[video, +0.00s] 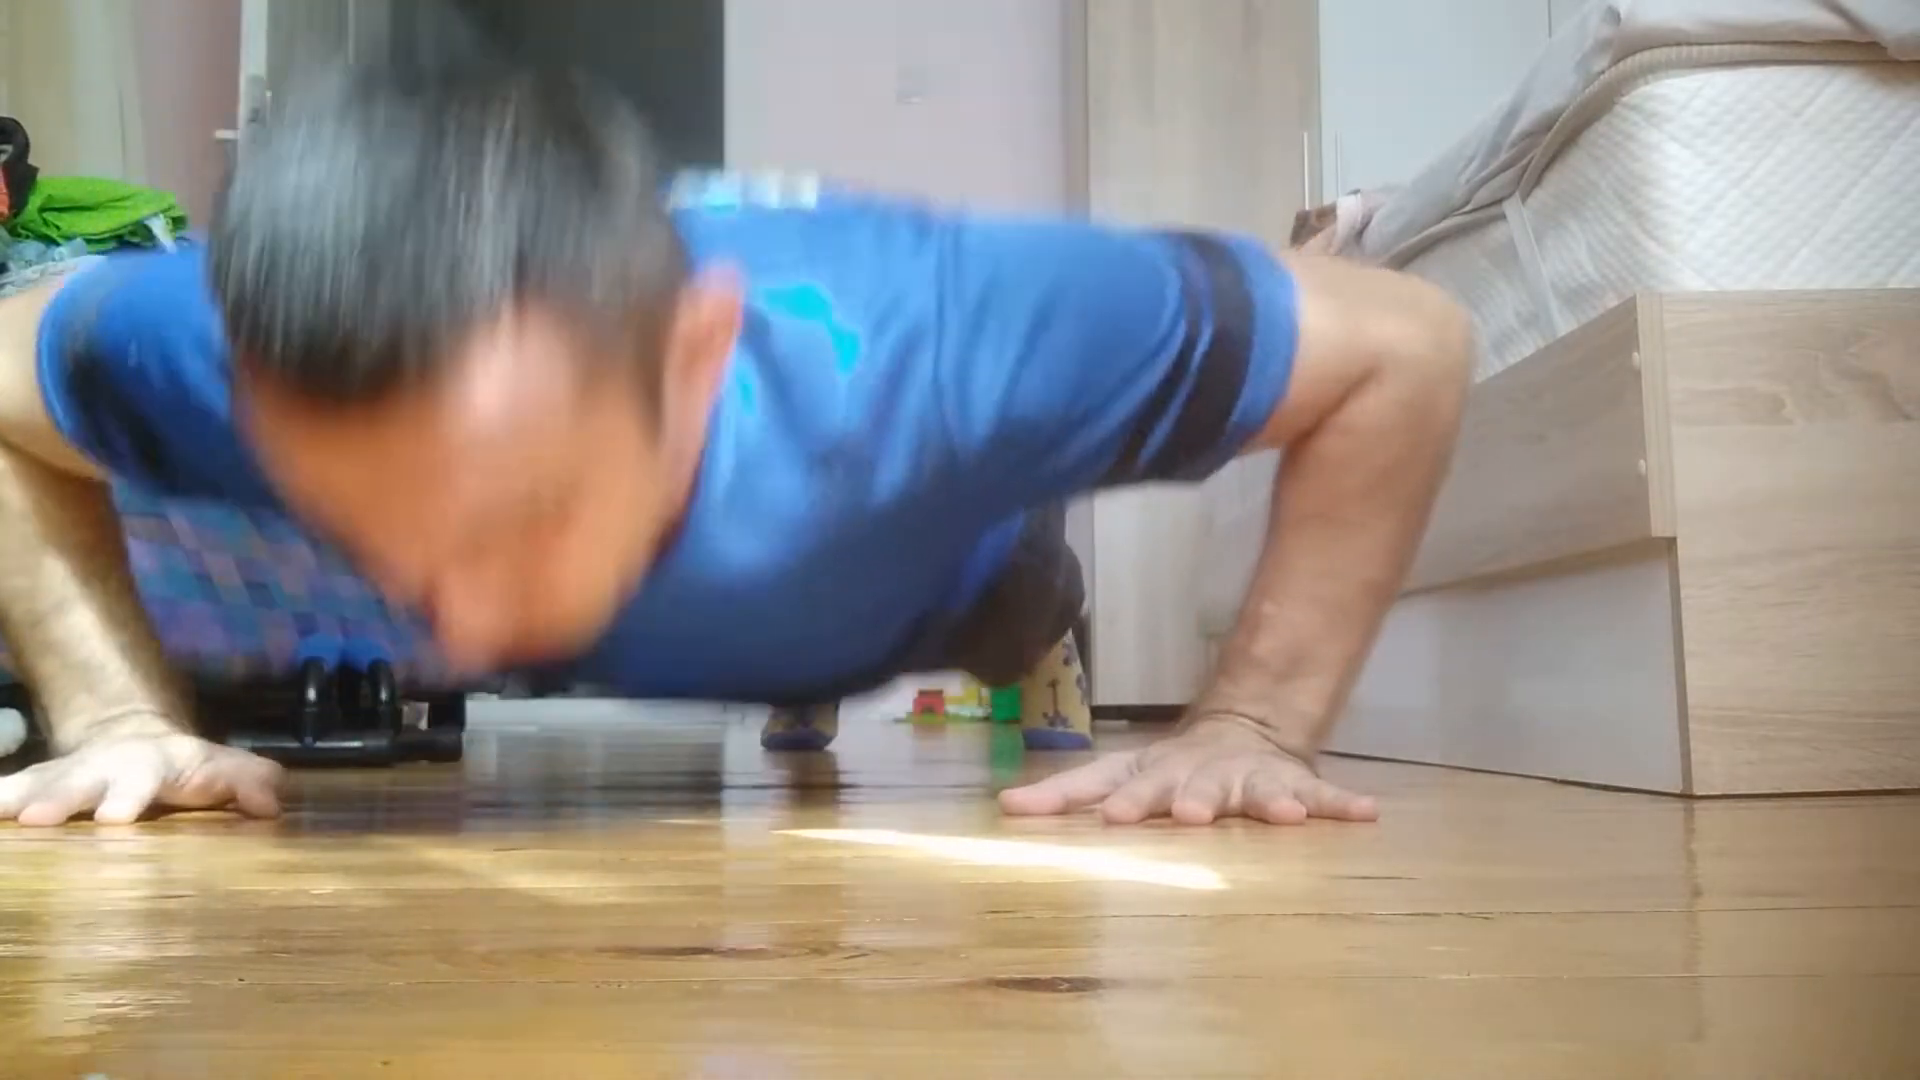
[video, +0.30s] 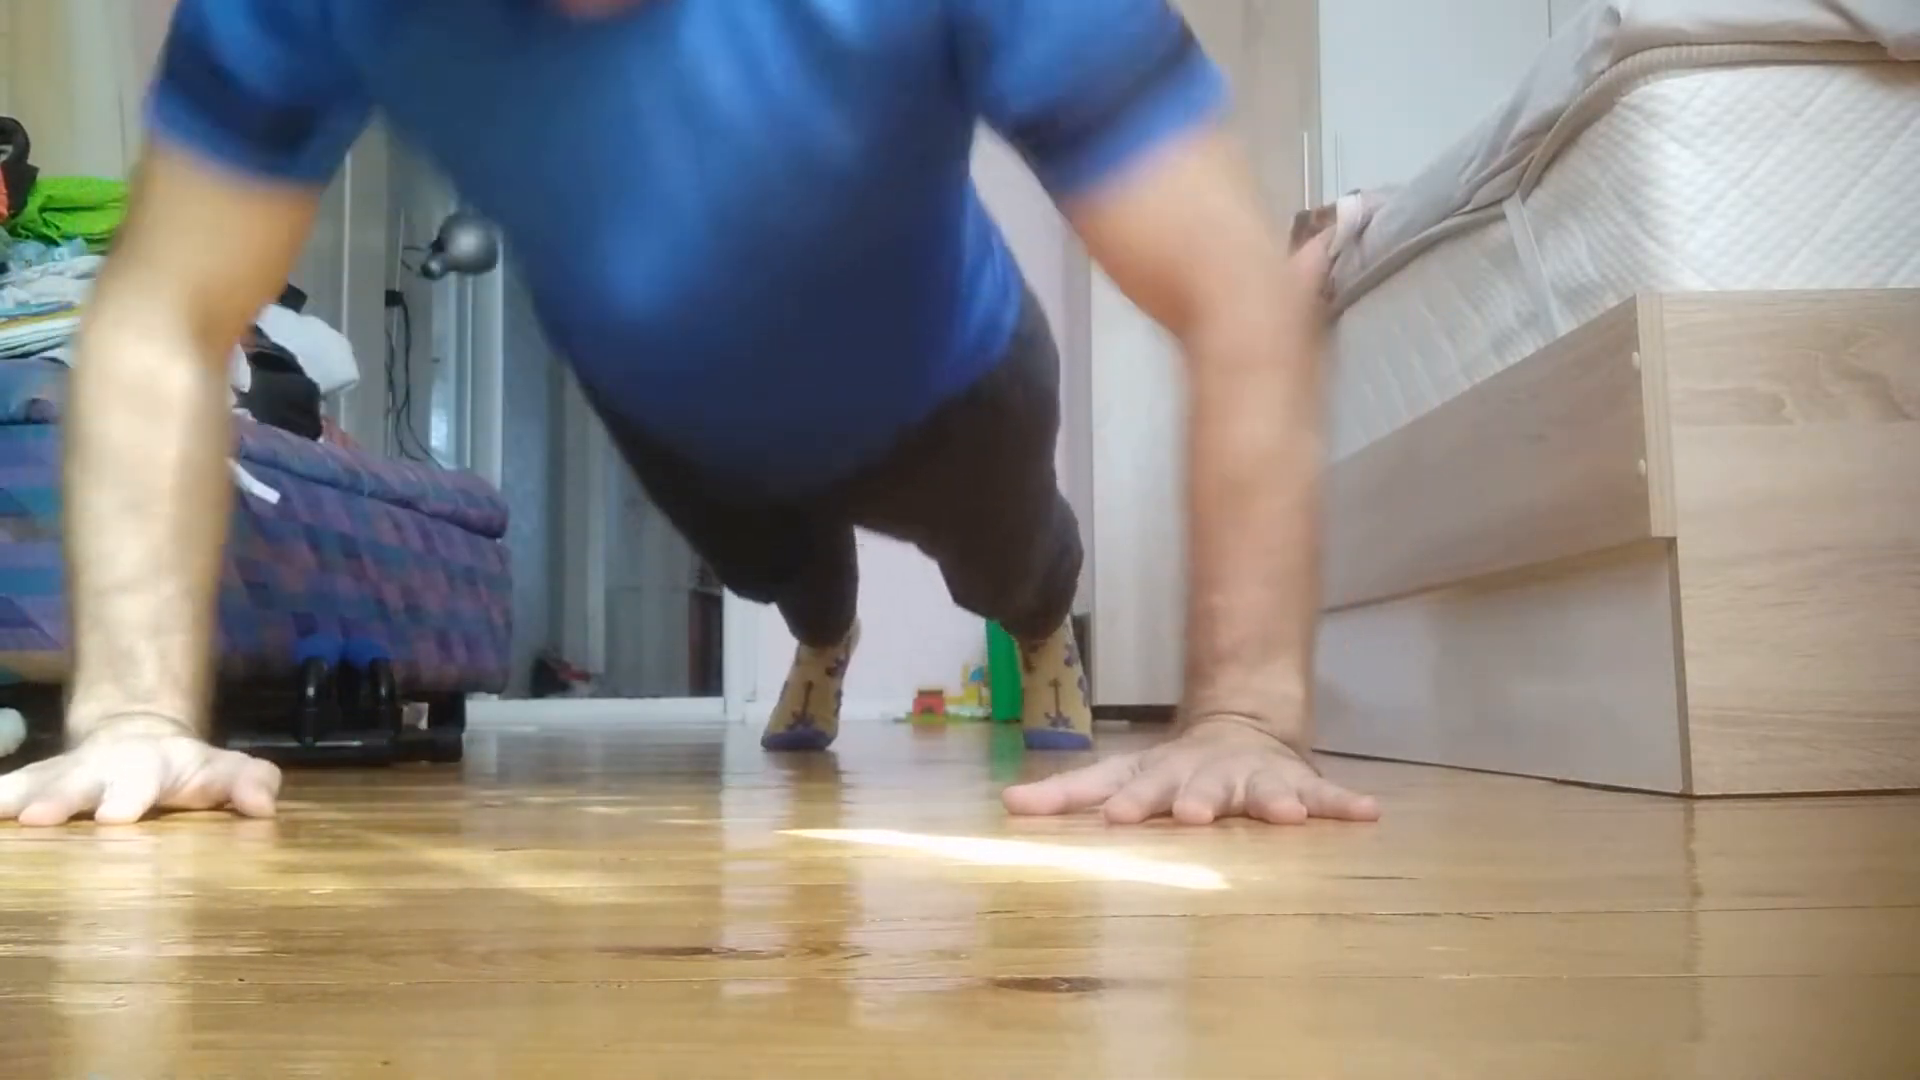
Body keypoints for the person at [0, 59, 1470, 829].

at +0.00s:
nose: (450, 619)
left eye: (520, 533)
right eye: (373, 548)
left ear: (691, 364)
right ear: (297, 429)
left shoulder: (945, 357)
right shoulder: (210, 348)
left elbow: (1406, 347)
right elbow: (16, 390)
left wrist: (1261, 725)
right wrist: (119, 712)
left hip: (924, 603)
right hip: (680, 633)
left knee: (1006, 618)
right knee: (802, 666)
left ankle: (1036, 652)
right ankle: (815, 701)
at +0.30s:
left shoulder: (984, 13)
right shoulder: (319, 15)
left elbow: (1252, 291)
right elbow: (155, 320)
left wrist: (1245, 717)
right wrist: (144, 717)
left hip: (932, 384)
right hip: (687, 441)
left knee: (1008, 561)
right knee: (786, 568)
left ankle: (1020, 617)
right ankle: (823, 645)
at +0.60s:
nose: (508, 93)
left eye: (557, 34)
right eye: (461, 43)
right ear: (405, 11)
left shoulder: (934, 21)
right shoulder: (300, 39)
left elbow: (1305, 311)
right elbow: (95, 349)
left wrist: (1246, 720)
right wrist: (137, 720)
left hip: (941, 486)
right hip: (691, 533)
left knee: (1001, 611)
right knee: (788, 611)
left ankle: (1007, 651)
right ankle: (816, 654)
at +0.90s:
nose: (477, 789)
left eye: (545, 690)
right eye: (389, 710)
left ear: (703, 495)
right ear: (270, 549)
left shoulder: (934, 439)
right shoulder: (218, 401)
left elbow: (1360, 346)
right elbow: (22, 349)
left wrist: (1253, 718)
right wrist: (124, 719)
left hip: (916, 697)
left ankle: (1028, 696)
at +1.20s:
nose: (563, 99)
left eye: (616, 34)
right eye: (505, 44)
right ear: (431, 15)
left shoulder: (971, 56)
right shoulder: (315, 89)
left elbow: (1375, 346)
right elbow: (60, 368)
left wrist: (1263, 720)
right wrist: (136, 718)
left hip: (938, 453)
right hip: (697, 497)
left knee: (1009, 587)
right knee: (785, 593)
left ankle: (1027, 634)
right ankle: (817, 650)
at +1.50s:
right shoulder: (371, 2)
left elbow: (1152, 277)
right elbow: (254, 271)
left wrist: (1240, 705)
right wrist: (148, 710)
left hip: (930, 377)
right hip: (672, 412)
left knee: (1011, 557)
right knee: (775, 563)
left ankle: (1023, 617)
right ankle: (816, 635)